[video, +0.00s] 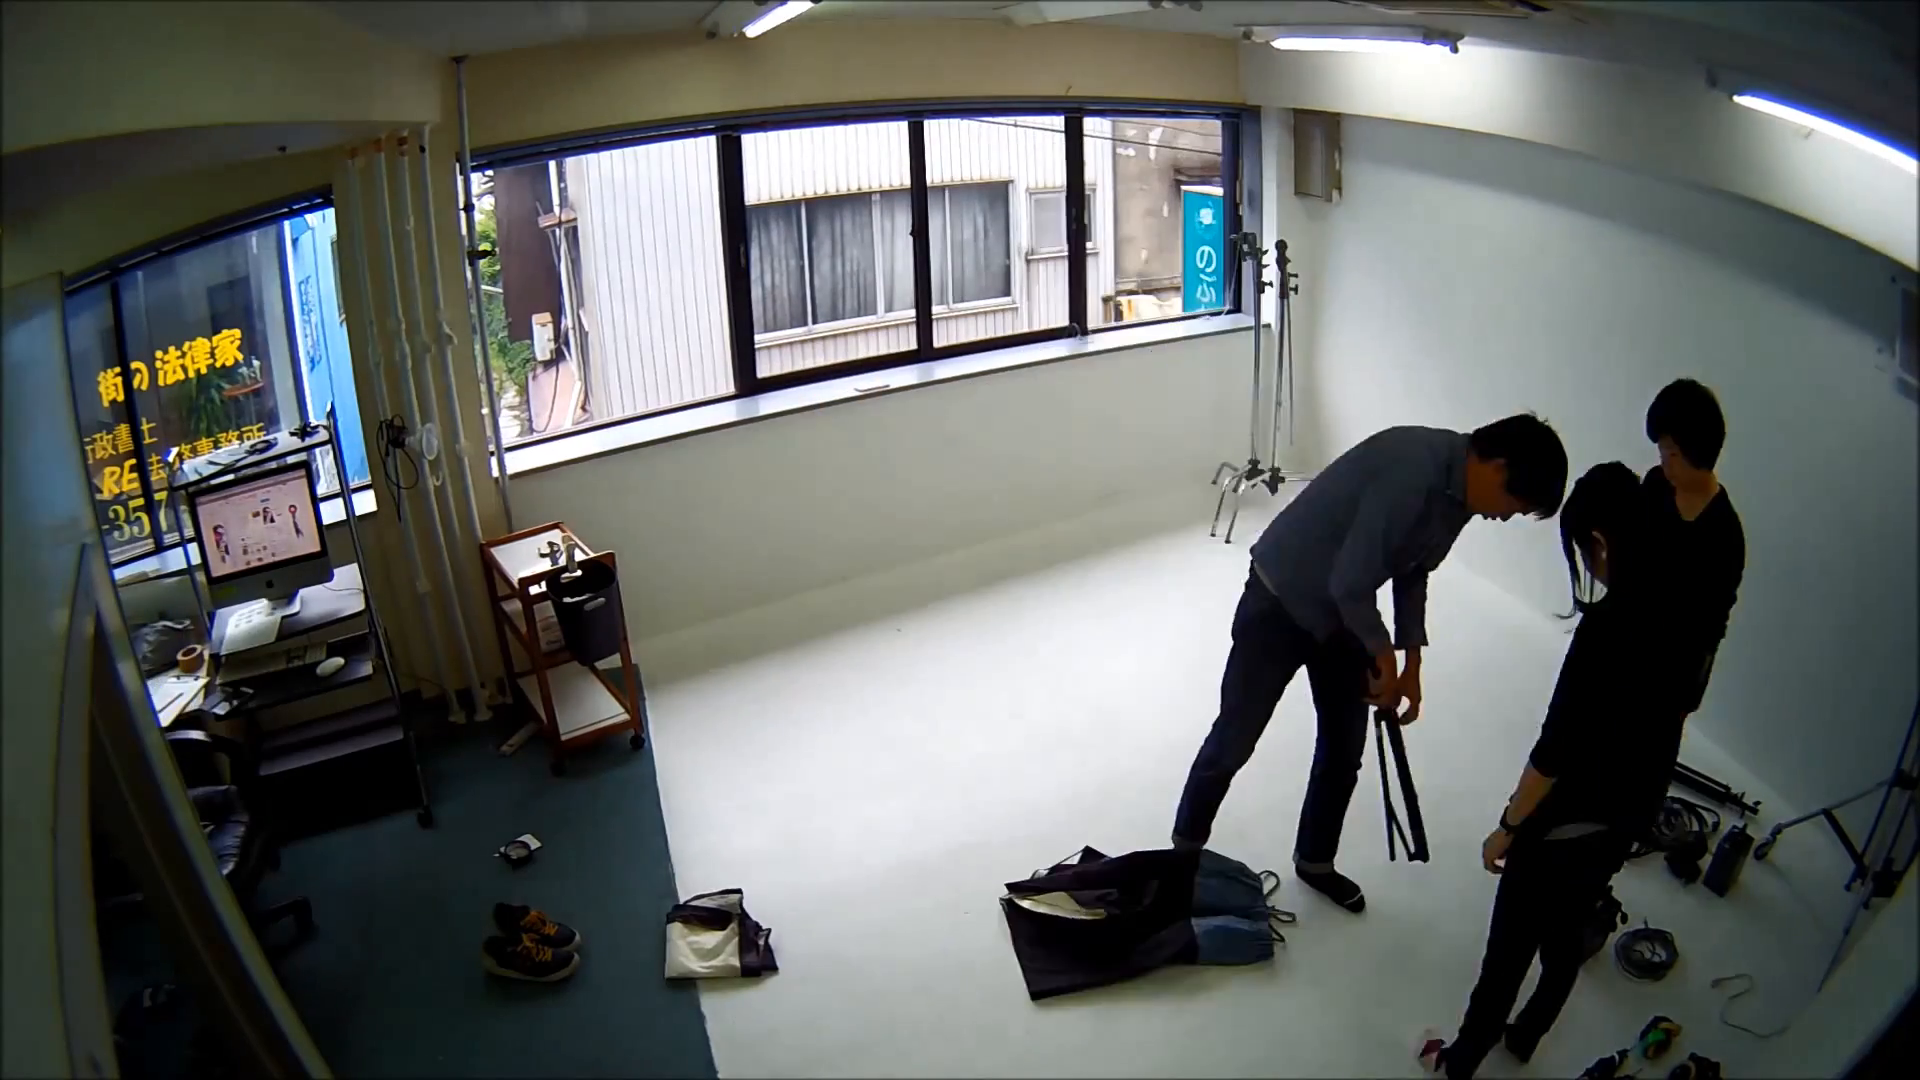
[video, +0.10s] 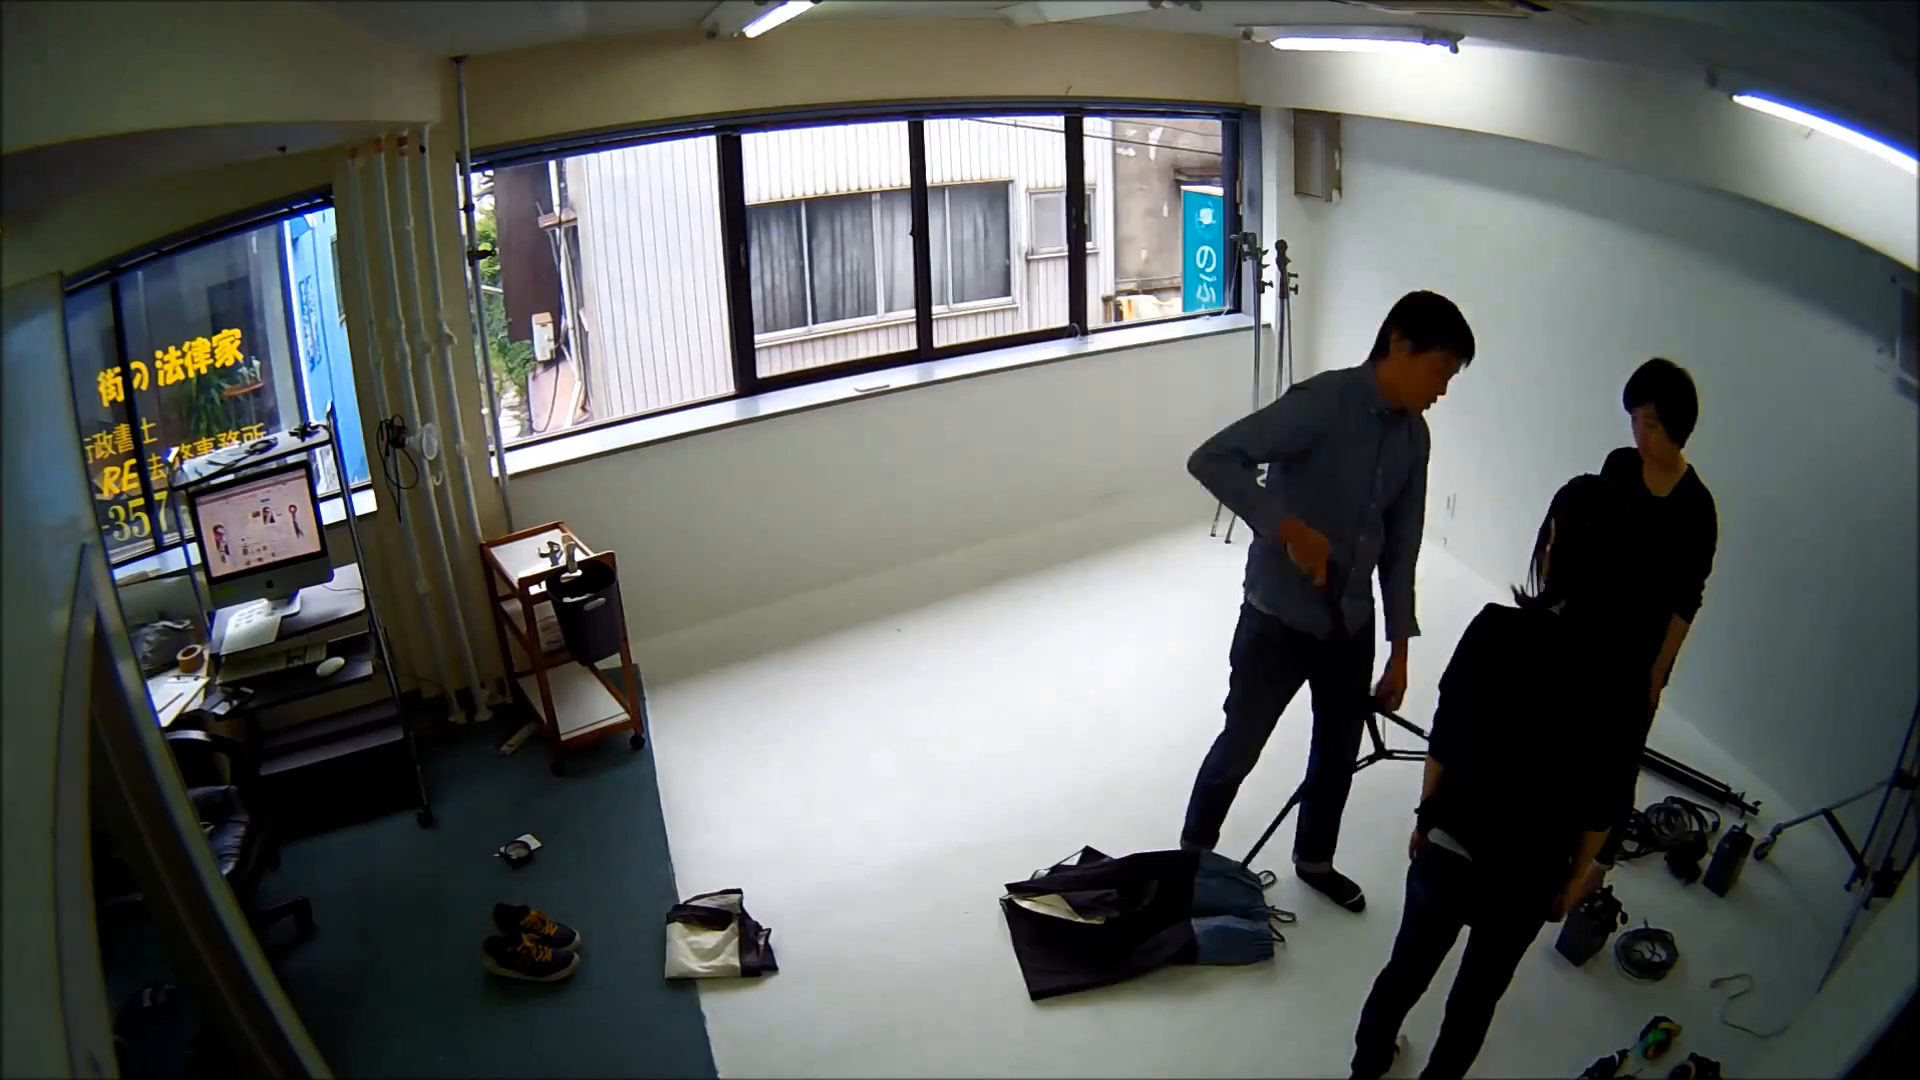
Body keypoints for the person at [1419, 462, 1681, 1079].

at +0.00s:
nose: (1586, 559)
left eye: (1585, 545)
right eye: (1584, 545)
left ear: (1601, 543)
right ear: (1645, 528)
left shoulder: (1606, 625)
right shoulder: (1687, 606)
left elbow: (1558, 742)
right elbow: (1683, 705)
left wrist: (1509, 826)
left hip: (1566, 814)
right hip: (1626, 814)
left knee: (1509, 945)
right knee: (1568, 935)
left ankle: (1461, 1058)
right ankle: (1524, 1037)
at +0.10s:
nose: (1544, 548)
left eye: (1549, 537)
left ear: (1550, 549)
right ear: (1628, 572)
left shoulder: (1497, 627)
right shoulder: (1627, 673)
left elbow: (1446, 731)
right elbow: (1610, 790)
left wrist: (1426, 814)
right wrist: (1581, 874)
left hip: (1452, 838)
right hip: (1534, 865)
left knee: (1406, 971)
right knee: (1475, 1000)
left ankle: (1368, 1059)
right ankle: (1439, 1076)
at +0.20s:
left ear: (1459, 552)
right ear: (1540, 550)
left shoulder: (1426, 653)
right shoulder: (1567, 665)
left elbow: (1387, 753)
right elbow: (1593, 770)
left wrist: (1385, 824)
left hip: (1423, 870)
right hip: (1508, 879)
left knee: (1388, 1001)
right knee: (1471, 997)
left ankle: (1357, 1076)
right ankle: (1449, 1077)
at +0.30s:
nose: (1393, 579)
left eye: (1400, 566)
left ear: (1402, 584)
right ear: (1494, 601)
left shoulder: (1354, 673)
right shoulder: (1507, 733)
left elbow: (1349, 784)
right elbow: (1519, 885)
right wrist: (1479, 868)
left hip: (1326, 936)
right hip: (1421, 958)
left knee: (1293, 1055)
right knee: (1369, 1073)